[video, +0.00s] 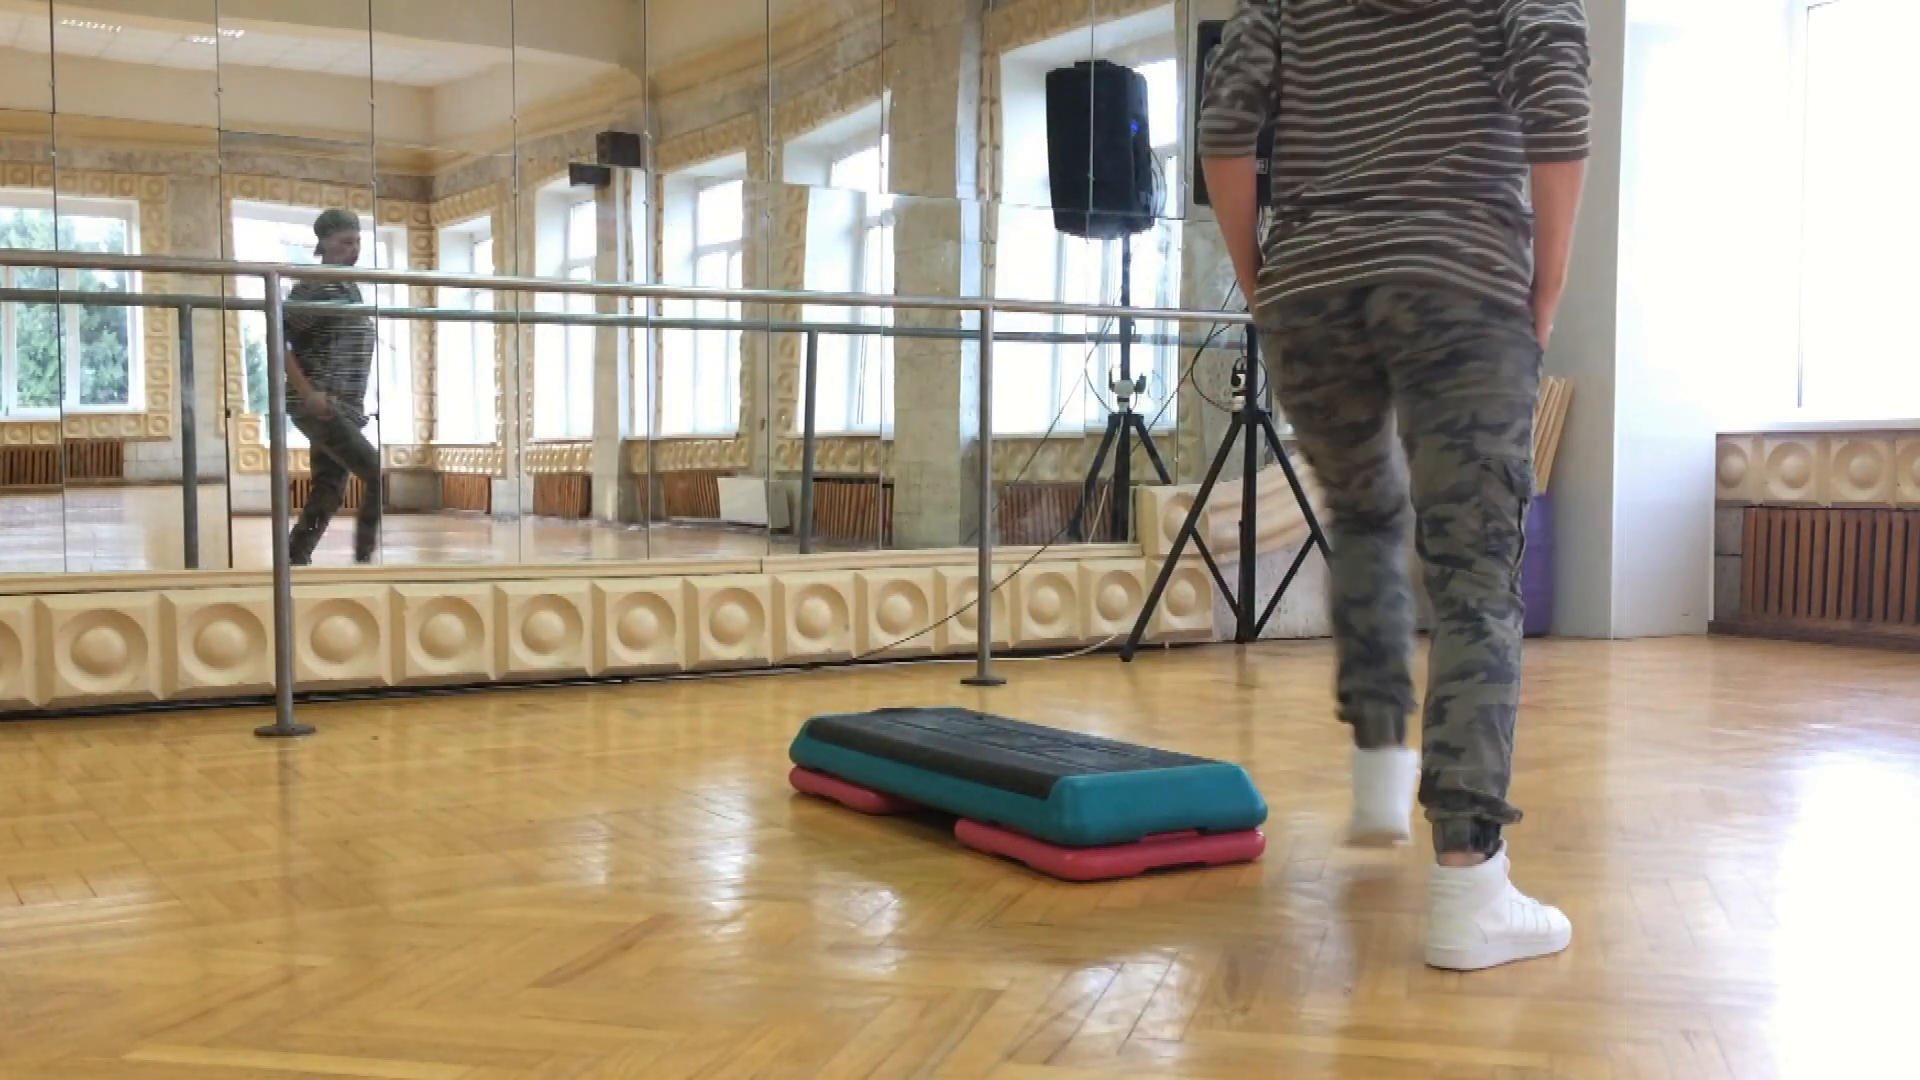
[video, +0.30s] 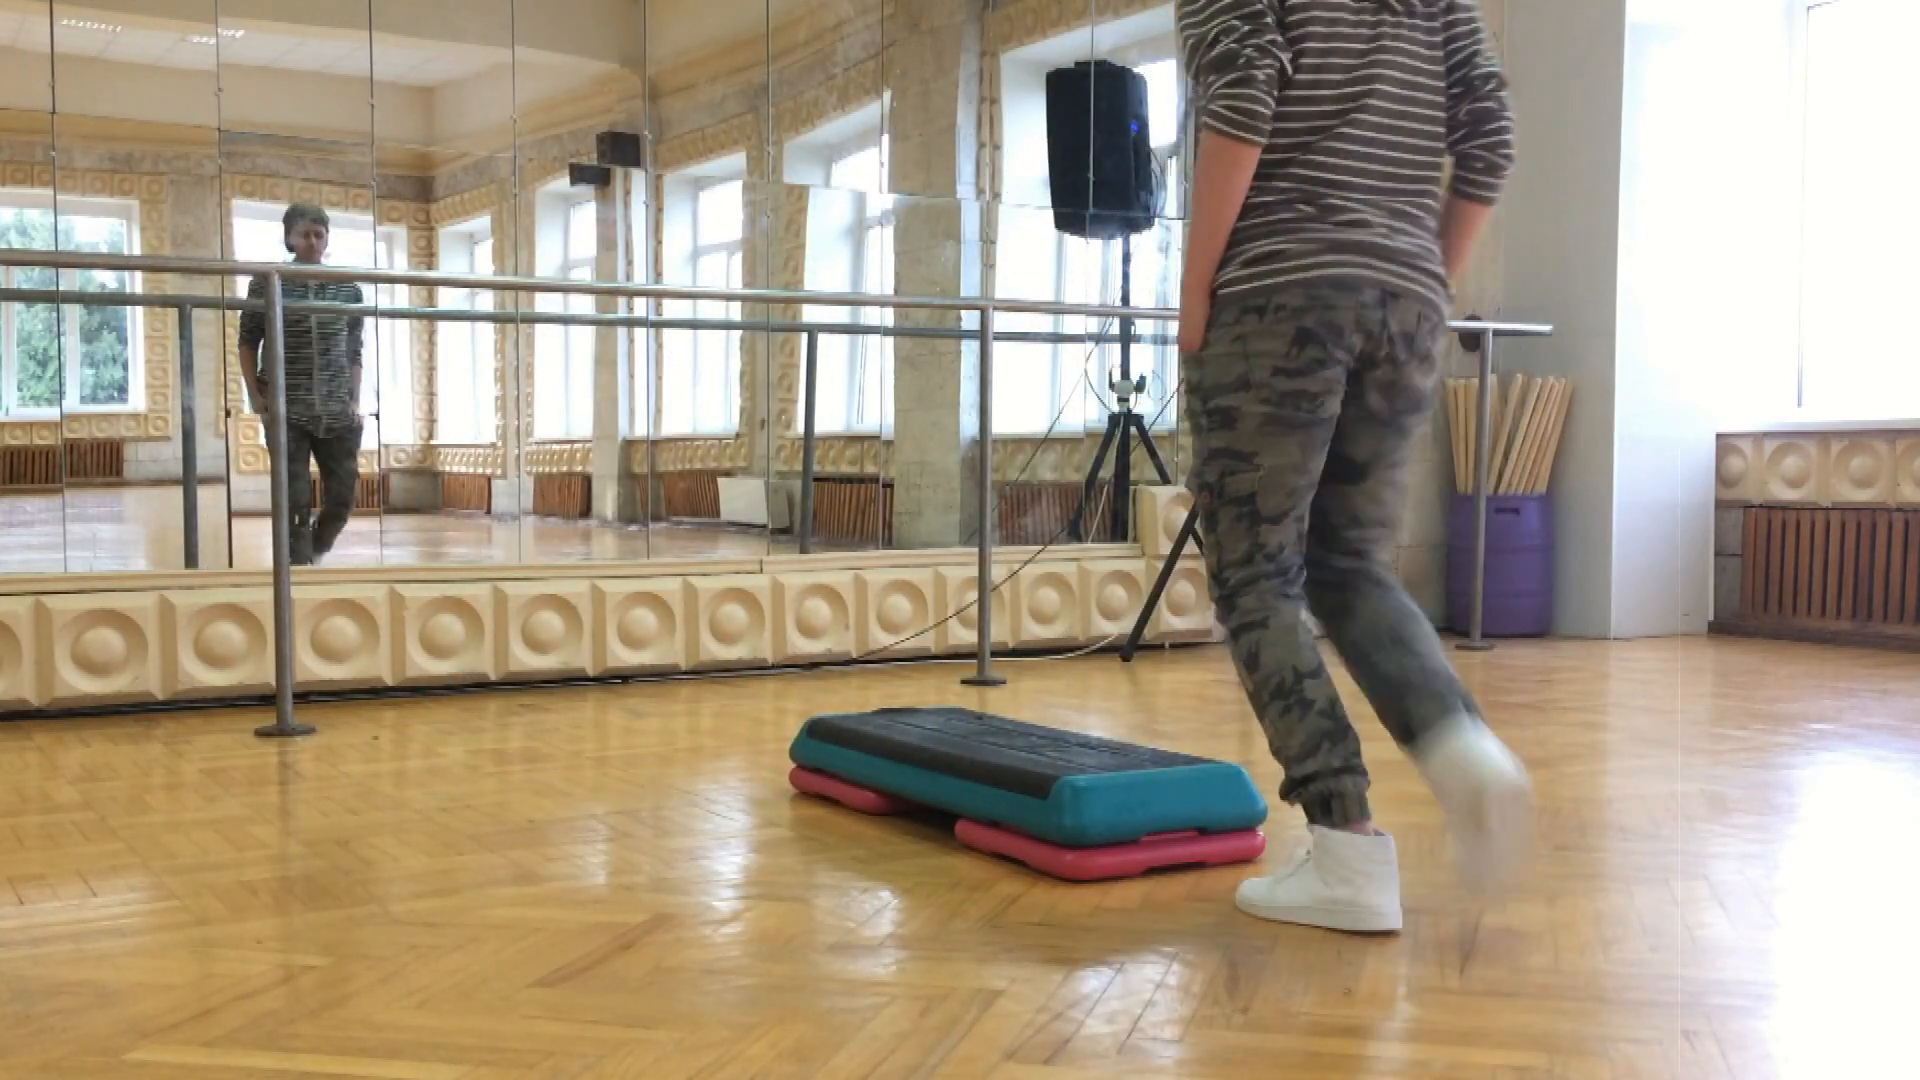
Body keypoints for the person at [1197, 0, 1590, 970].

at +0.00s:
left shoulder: (1276, 6)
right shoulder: (1523, 7)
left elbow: (1225, 133)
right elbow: (1556, 131)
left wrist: (1257, 280)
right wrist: (1546, 292)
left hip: (1302, 282)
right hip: (1457, 268)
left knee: (1361, 515)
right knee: (1472, 566)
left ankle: (1379, 769)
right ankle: (1469, 884)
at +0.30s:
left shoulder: (1234, 1)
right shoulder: (1440, 5)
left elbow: (1240, 101)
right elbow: (1485, 129)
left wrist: (1195, 286)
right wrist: (1431, 283)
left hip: (1284, 283)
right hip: (1412, 293)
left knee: (1257, 574)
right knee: (1351, 563)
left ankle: (1346, 851)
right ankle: (1463, 747)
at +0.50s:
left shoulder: (1180, 4)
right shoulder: (1360, 7)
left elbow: (1201, 107)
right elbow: (1443, 124)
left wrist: (1166, 294)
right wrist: (1370, 251)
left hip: (1248, 293)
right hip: (1358, 306)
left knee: (1222, 582)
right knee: (1193, 439)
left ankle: (1347, 849)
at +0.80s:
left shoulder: (1085, 4)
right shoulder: (1268, 6)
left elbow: (1110, 90)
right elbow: (1343, 128)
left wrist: (1081, 277)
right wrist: (1274, 256)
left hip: (1159, 274)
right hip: (1268, 288)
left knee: (1024, 518)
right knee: (1133, 489)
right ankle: (1122, 752)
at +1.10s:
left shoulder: (1027, 5)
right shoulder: (1212, 12)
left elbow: (1047, 98)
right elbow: (1294, 156)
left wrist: (1017, 278)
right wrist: (1226, 275)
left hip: (1094, 282)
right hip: (1209, 299)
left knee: (964, 526)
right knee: (1116, 503)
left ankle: (873, 789)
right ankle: (1123, 739)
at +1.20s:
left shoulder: (1031, 7)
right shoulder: (1218, 11)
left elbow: (1039, 90)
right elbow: (1299, 144)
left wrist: (1007, 265)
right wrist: (1227, 261)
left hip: (1088, 262)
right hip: (1203, 280)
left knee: (965, 510)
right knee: (1113, 491)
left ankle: (850, 756)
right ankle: (1124, 741)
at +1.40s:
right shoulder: (1262, 4)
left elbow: (1021, 38)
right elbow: (1293, 73)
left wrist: (982, 179)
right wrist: (1236, 214)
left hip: (1049, 168)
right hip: (1177, 199)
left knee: (928, 390)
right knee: (1138, 458)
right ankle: (1119, 701)